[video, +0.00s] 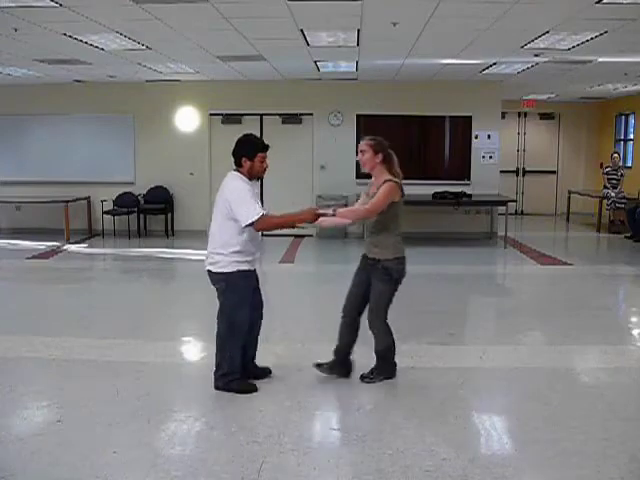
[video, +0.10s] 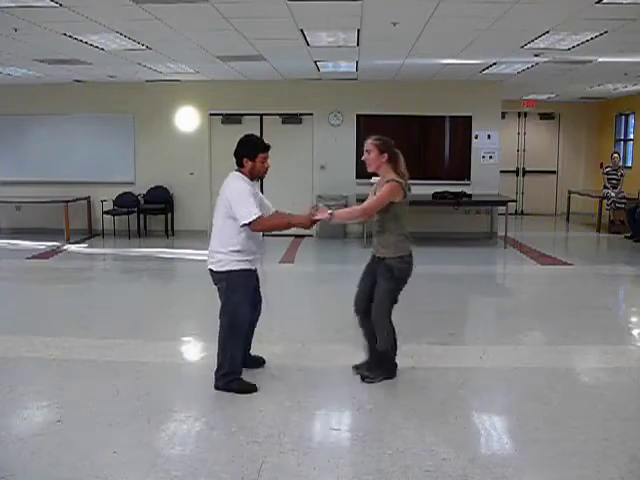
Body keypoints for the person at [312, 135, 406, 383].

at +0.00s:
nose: (359, 158)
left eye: (363, 153)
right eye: (359, 153)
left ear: (379, 156)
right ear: (374, 158)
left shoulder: (390, 186)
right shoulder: (372, 186)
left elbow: (368, 213)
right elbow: (356, 211)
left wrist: (333, 218)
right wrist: (328, 214)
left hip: (389, 263)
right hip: (370, 260)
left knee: (376, 318)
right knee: (350, 312)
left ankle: (386, 366)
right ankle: (341, 361)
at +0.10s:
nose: (364, 157)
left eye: (368, 152)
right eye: (365, 153)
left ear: (384, 156)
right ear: (382, 158)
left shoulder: (393, 186)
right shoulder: (380, 184)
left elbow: (364, 213)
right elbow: (364, 211)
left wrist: (330, 215)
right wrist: (331, 214)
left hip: (396, 261)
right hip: (379, 258)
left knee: (380, 312)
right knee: (362, 307)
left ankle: (387, 365)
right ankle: (375, 358)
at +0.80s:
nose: (337, 154)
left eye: (340, 150)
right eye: (338, 150)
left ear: (353, 154)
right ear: (354, 154)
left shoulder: (367, 185)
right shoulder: (350, 183)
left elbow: (345, 215)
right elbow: (343, 216)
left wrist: (314, 229)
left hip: (372, 262)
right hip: (348, 262)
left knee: (379, 318)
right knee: (332, 310)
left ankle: (389, 365)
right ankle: (354, 357)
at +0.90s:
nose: (327, 156)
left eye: (330, 152)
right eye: (328, 151)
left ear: (340, 156)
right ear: (349, 157)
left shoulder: (347, 188)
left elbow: (319, 217)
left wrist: (292, 233)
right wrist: (293, 231)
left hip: (358, 264)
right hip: (337, 263)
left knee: (364, 317)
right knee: (320, 312)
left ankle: (388, 362)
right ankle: (341, 366)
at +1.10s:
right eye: (340, 155)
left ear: (316, 157)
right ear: (339, 155)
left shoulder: (308, 186)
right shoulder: (349, 182)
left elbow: (284, 215)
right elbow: (387, 191)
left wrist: (281, 241)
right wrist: (412, 181)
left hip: (322, 263)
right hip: (348, 261)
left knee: (303, 313)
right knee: (331, 316)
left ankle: (338, 360)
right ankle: (339, 367)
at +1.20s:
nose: (337, 157)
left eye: (336, 154)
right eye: (336, 154)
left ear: (313, 152)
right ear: (332, 155)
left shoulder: (301, 182)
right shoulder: (338, 179)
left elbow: (290, 217)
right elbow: (378, 186)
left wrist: (294, 247)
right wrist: (411, 169)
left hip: (304, 257)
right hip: (333, 258)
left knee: (308, 306)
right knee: (334, 314)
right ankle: (336, 368)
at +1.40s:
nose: (370, 160)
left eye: (375, 156)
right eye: (367, 155)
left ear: (384, 159)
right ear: (363, 158)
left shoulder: (396, 180)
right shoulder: (358, 183)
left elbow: (391, 164)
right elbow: (349, 217)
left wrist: (374, 141)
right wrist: (331, 234)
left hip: (394, 256)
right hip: (369, 256)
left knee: (386, 305)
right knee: (378, 305)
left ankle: (382, 350)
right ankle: (409, 335)